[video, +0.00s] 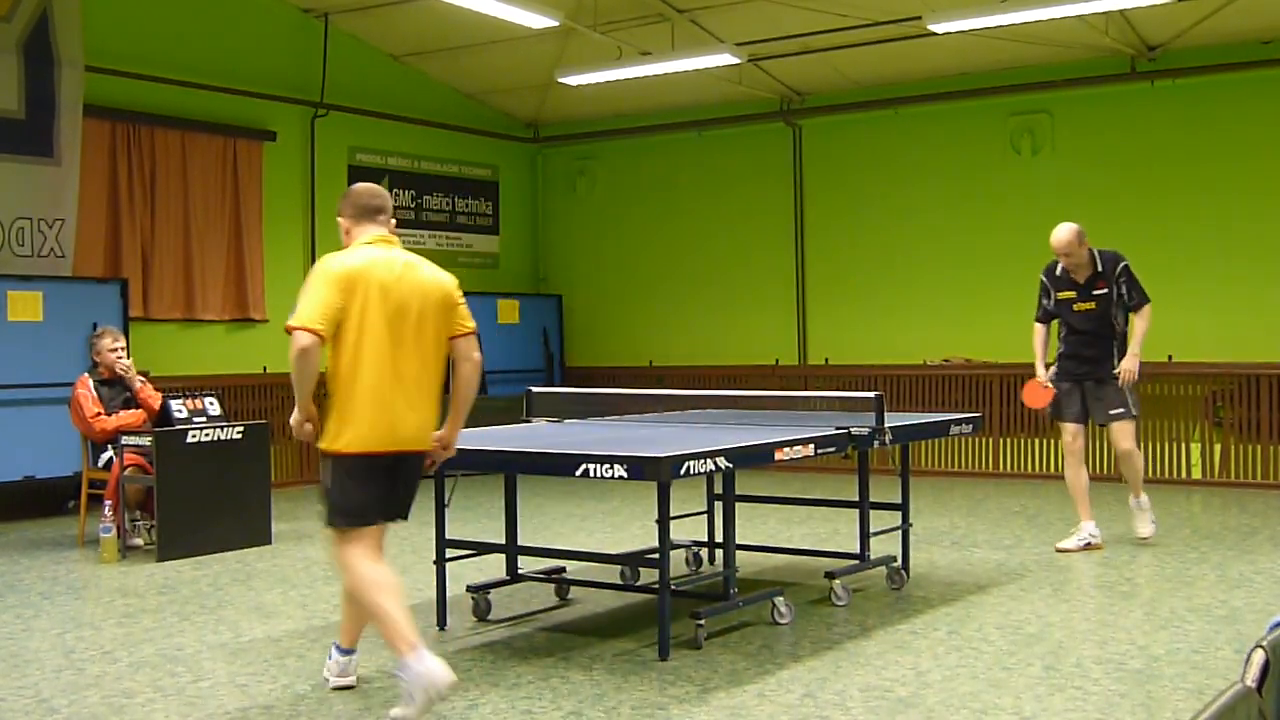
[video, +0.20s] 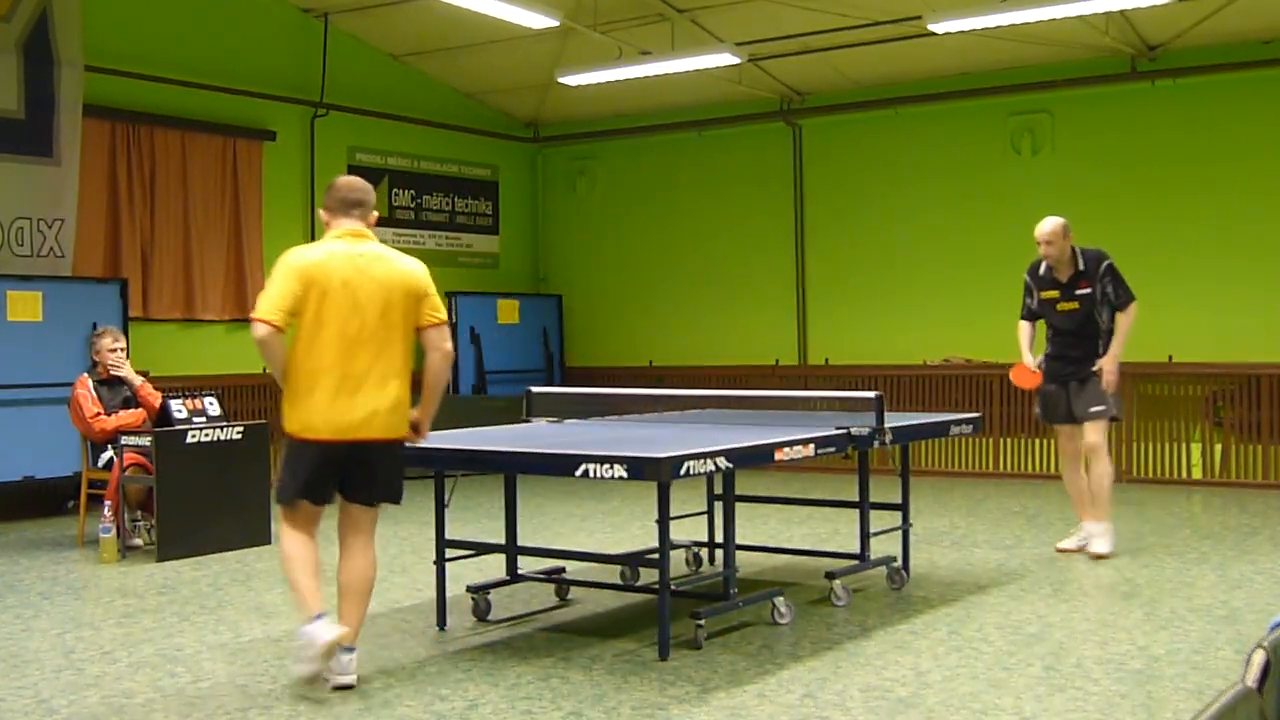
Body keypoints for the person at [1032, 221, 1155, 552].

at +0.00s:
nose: (1063, 264)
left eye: (1068, 257)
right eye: (1058, 258)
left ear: (1084, 247)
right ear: (1054, 252)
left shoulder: (1113, 264)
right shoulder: (1051, 275)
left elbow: (1142, 308)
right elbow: (1042, 322)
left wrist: (1133, 353)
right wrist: (1040, 366)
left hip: (1111, 369)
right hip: (1068, 371)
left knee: (1126, 448)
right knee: (1072, 445)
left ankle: (1139, 501)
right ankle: (1087, 526)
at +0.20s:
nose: (1043, 250)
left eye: (1049, 243)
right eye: (1039, 244)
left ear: (1068, 241)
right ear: (1037, 243)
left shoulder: (1096, 264)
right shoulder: (1036, 273)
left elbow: (1127, 307)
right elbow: (1027, 318)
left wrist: (1113, 357)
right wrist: (1027, 353)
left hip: (1094, 366)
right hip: (1056, 368)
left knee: (1094, 444)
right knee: (1068, 448)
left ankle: (1101, 528)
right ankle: (1085, 526)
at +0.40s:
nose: (1028, 249)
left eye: (1034, 243)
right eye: (1024, 243)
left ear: (1054, 244)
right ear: (1023, 245)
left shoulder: (1080, 269)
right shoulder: (1022, 277)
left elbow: (1111, 313)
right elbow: (1016, 319)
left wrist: (1096, 363)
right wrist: (1016, 350)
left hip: (1077, 369)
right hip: (1041, 369)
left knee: (1071, 448)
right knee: (1057, 452)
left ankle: (1058, 532)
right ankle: (1087, 526)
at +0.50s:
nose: (1020, 248)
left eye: (1027, 242)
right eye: (1017, 242)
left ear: (1047, 245)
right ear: (1016, 245)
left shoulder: (1070, 272)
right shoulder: (1016, 276)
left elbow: (1099, 319)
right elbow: (1012, 318)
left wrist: (1082, 370)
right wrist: (1010, 351)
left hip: (1063, 372)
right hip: (1031, 372)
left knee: (1057, 455)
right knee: (1038, 456)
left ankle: (1050, 540)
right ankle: (1082, 521)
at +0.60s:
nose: (1014, 246)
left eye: (1022, 240)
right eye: (1012, 240)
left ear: (1042, 244)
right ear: (1011, 243)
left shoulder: (1064, 271)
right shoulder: (1012, 274)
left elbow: (1090, 319)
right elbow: (1010, 315)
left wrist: (1073, 372)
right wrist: (1005, 347)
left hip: (1056, 373)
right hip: (1025, 371)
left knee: (1049, 454)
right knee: (1017, 451)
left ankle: (1049, 541)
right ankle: (1067, 513)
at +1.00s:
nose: (981, 256)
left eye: (988, 250)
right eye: (976, 251)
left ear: (1003, 252)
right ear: (971, 255)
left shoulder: (1025, 279)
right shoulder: (973, 283)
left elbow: (1056, 328)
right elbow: (976, 316)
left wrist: (1046, 378)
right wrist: (962, 332)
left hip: (1036, 371)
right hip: (1002, 370)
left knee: (1034, 450)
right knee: (981, 444)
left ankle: (1047, 542)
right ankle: (958, 526)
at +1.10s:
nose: (969, 264)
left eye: (975, 258)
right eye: (963, 258)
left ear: (991, 260)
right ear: (958, 262)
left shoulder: (1013, 283)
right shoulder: (958, 288)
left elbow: (1047, 330)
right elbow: (952, 325)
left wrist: (1039, 382)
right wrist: (947, 339)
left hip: (1023, 373)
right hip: (986, 372)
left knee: (1031, 451)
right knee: (960, 445)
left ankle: (1047, 541)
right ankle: (952, 528)